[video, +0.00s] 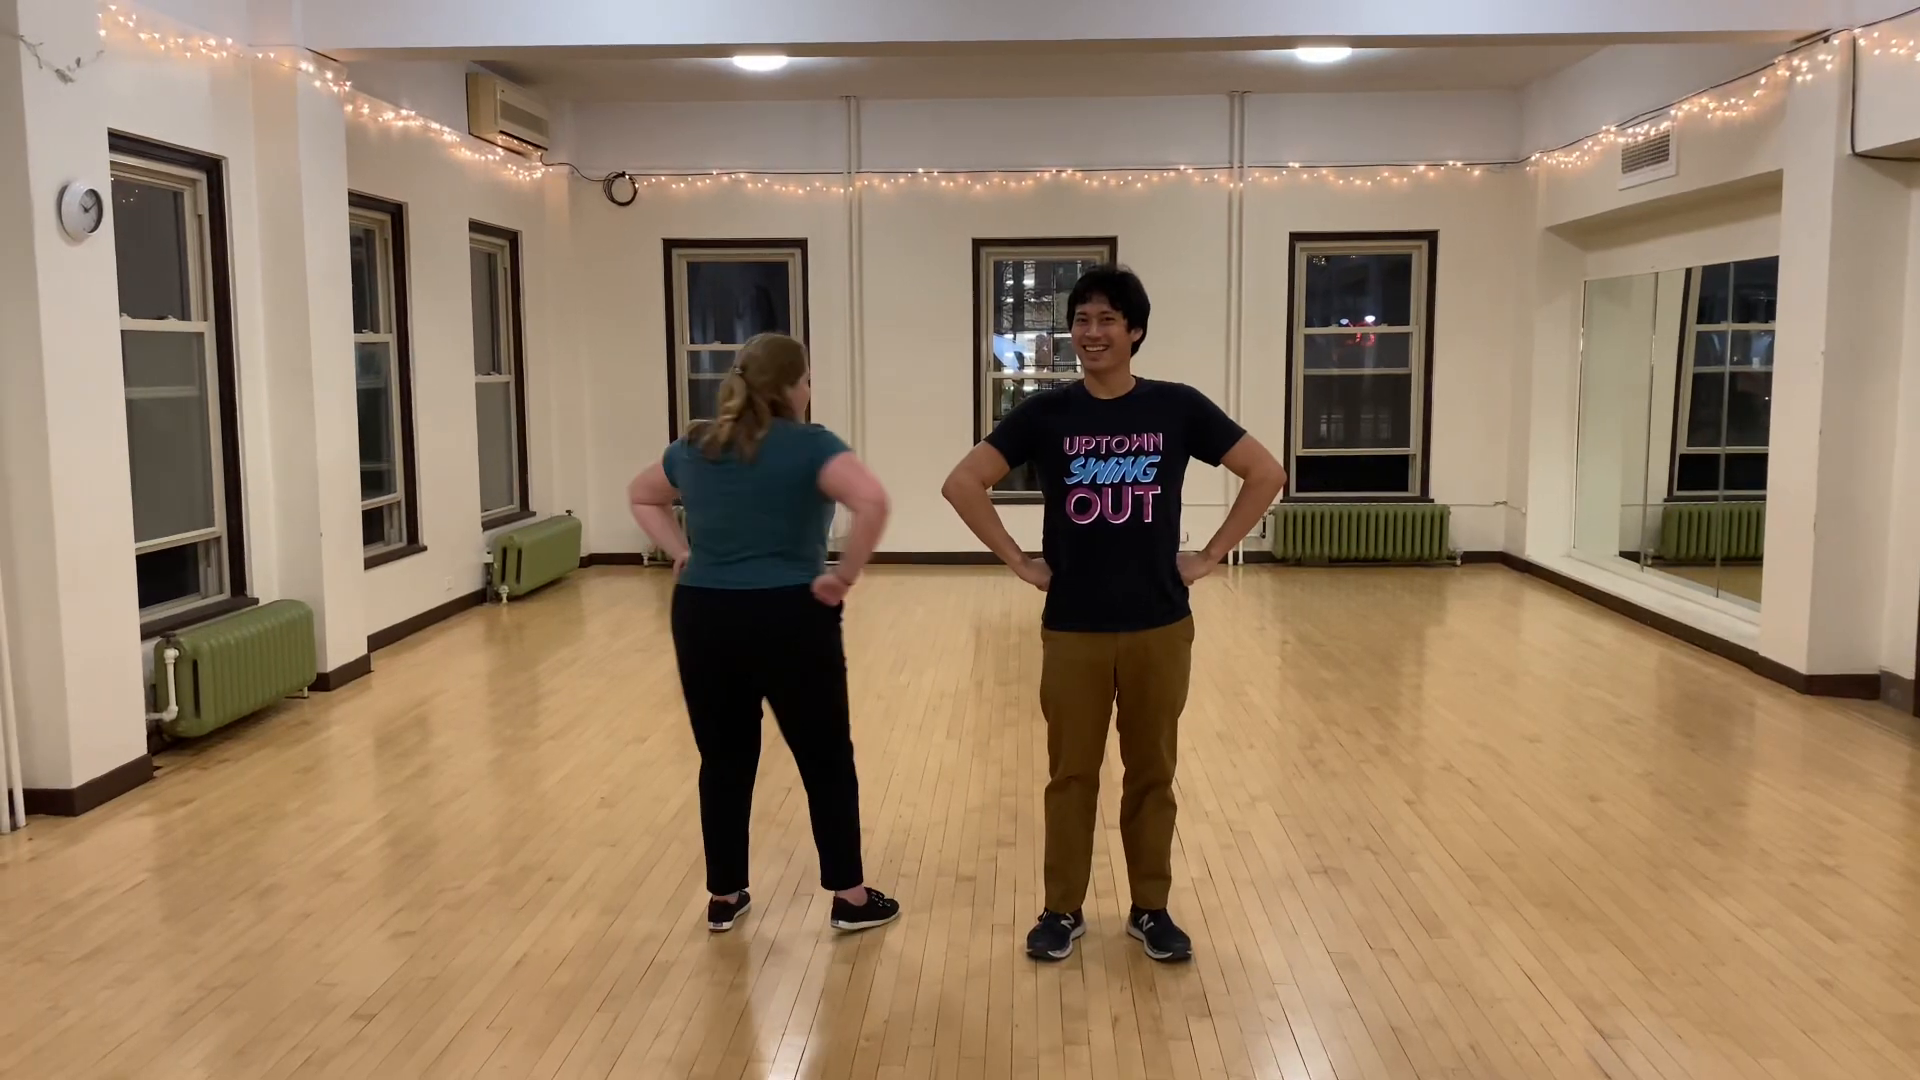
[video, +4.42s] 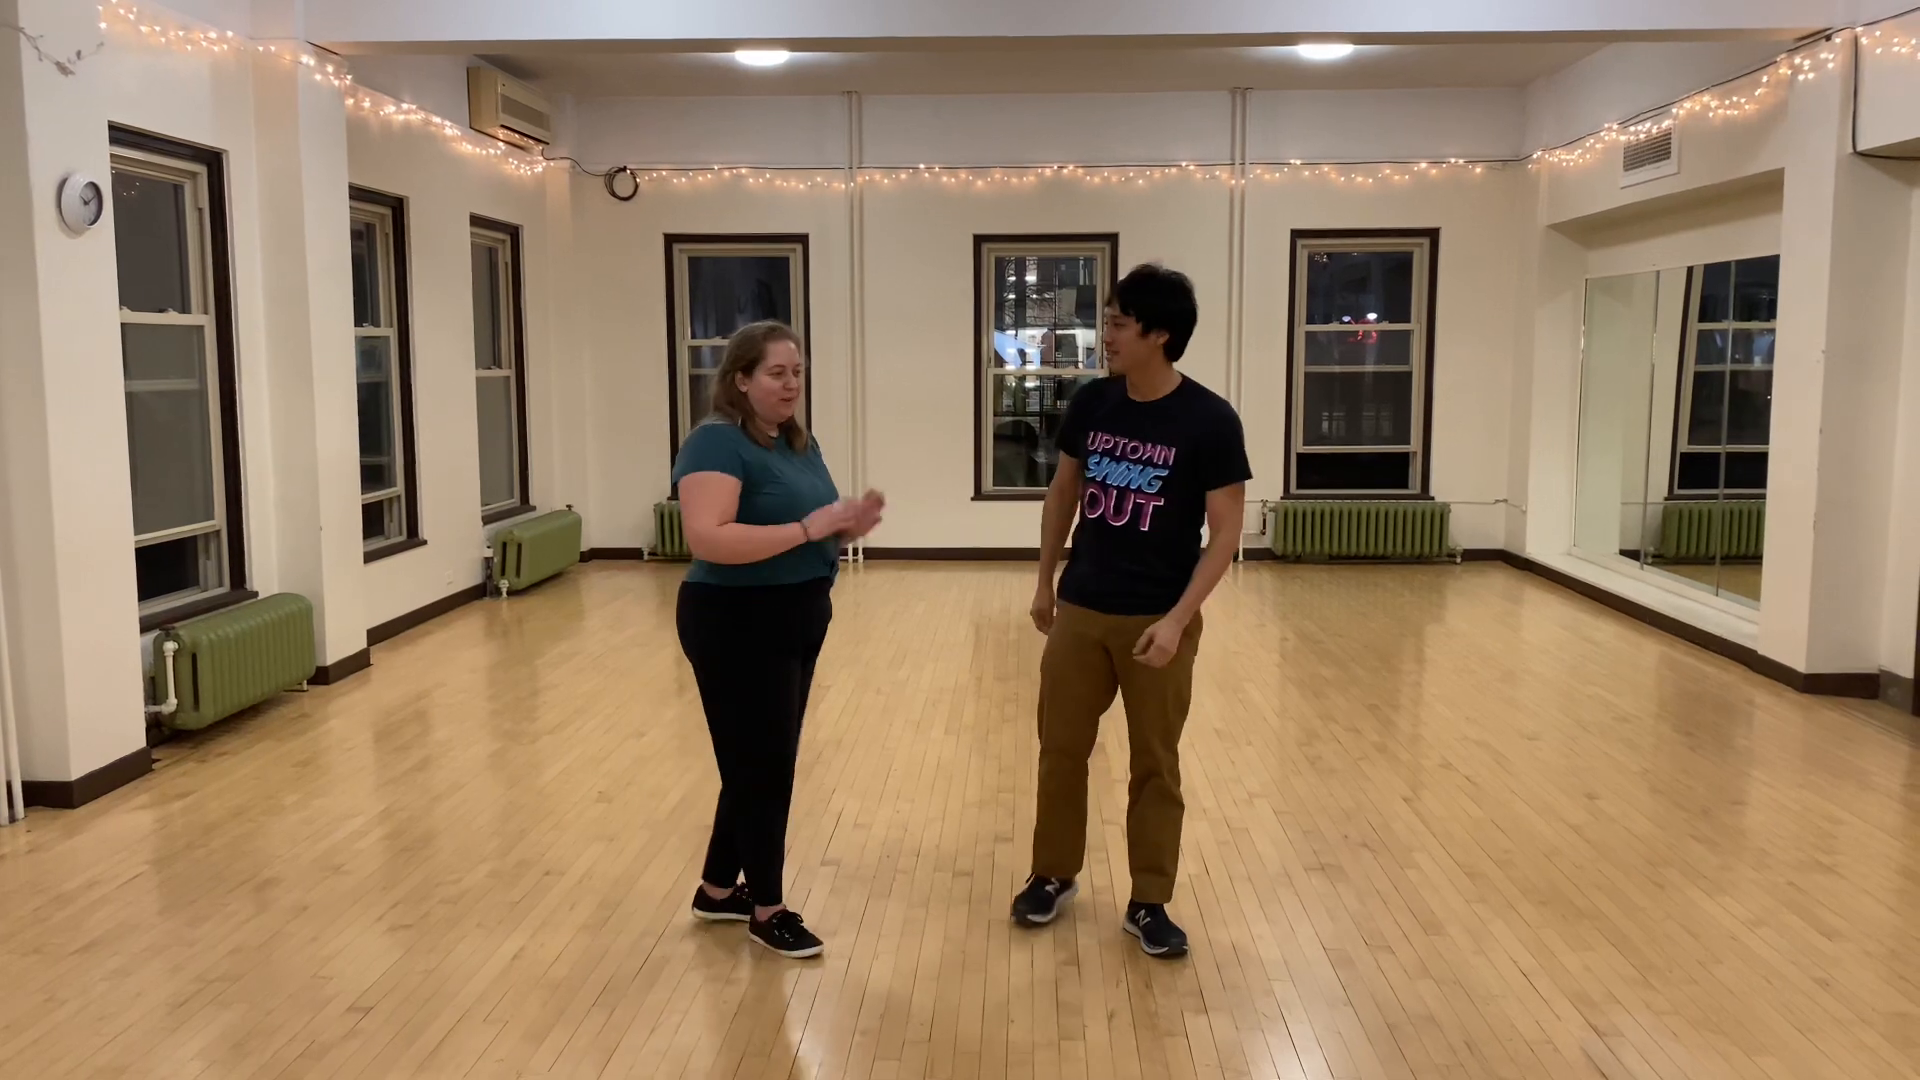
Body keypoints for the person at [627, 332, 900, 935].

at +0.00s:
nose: (810, 391)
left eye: (808, 380)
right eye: (807, 382)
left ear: (742, 386)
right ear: (792, 388)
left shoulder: (696, 448)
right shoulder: (809, 444)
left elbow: (643, 497)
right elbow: (872, 500)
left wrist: (682, 553)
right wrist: (842, 576)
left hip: (705, 622)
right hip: (793, 622)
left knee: (724, 759)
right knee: (826, 758)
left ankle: (725, 895)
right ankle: (848, 894)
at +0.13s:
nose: (805, 390)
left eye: (806, 379)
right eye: (793, 379)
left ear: (746, 390)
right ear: (757, 385)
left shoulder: (720, 437)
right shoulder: (761, 434)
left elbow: (710, 521)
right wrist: (774, 569)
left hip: (685, 604)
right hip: (747, 607)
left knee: (719, 749)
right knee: (810, 736)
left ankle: (727, 892)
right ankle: (836, 881)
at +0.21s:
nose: (784, 386)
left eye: (793, 376)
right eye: (771, 375)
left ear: (800, 386)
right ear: (742, 382)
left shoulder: (762, 443)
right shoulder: (732, 431)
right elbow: (694, 479)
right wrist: (724, 562)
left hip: (705, 607)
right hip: (722, 611)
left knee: (719, 751)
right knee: (801, 733)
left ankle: (725, 891)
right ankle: (783, 877)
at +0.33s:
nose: (758, 383)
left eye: (770, 373)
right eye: (745, 372)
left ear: (786, 382)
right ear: (724, 380)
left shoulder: (788, 446)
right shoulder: (701, 431)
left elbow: (819, 505)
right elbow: (628, 478)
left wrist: (789, 551)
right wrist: (674, 565)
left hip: (753, 610)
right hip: (694, 606)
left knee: (728, 748)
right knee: (748, 742)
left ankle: (723, 887)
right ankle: (699, 892)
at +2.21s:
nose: (746, 370)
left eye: (744, 359)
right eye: (733, 362)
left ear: (733, 371)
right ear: (694, 375)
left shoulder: (761, 434)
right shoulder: (655, 437)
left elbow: (830, 485)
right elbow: (575, 496)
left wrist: (782, 550)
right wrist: (634, 577)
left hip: (750, 615)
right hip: (674, 620)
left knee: (735, 759)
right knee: (676, 770)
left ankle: (730, 888)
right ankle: (662, 921)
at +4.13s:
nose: (774, 385)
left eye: (782, 373)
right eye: (759, 374)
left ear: (792, 380)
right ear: (731, 382)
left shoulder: (794, 443)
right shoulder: (701, 443)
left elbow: (830, 492)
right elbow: (643, 519)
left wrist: (818, 558)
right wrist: (724, 570)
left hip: (776, 614)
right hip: (708, 615)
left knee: (737, 754)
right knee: (753, 757)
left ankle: (711, 892)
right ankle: (745, 906)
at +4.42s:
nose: (791, 384)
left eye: (797, 373)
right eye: (777, 373)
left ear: (803, 379)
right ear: (742, 380)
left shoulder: (800, 445)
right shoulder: (715, 443)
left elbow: (804, 530)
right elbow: (704, 539)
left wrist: (847, 524)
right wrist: (806, 528)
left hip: (793, 615)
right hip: (732, 620)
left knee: (763, 758)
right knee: (763, 763)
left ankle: (718, 884)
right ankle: (767, 909)